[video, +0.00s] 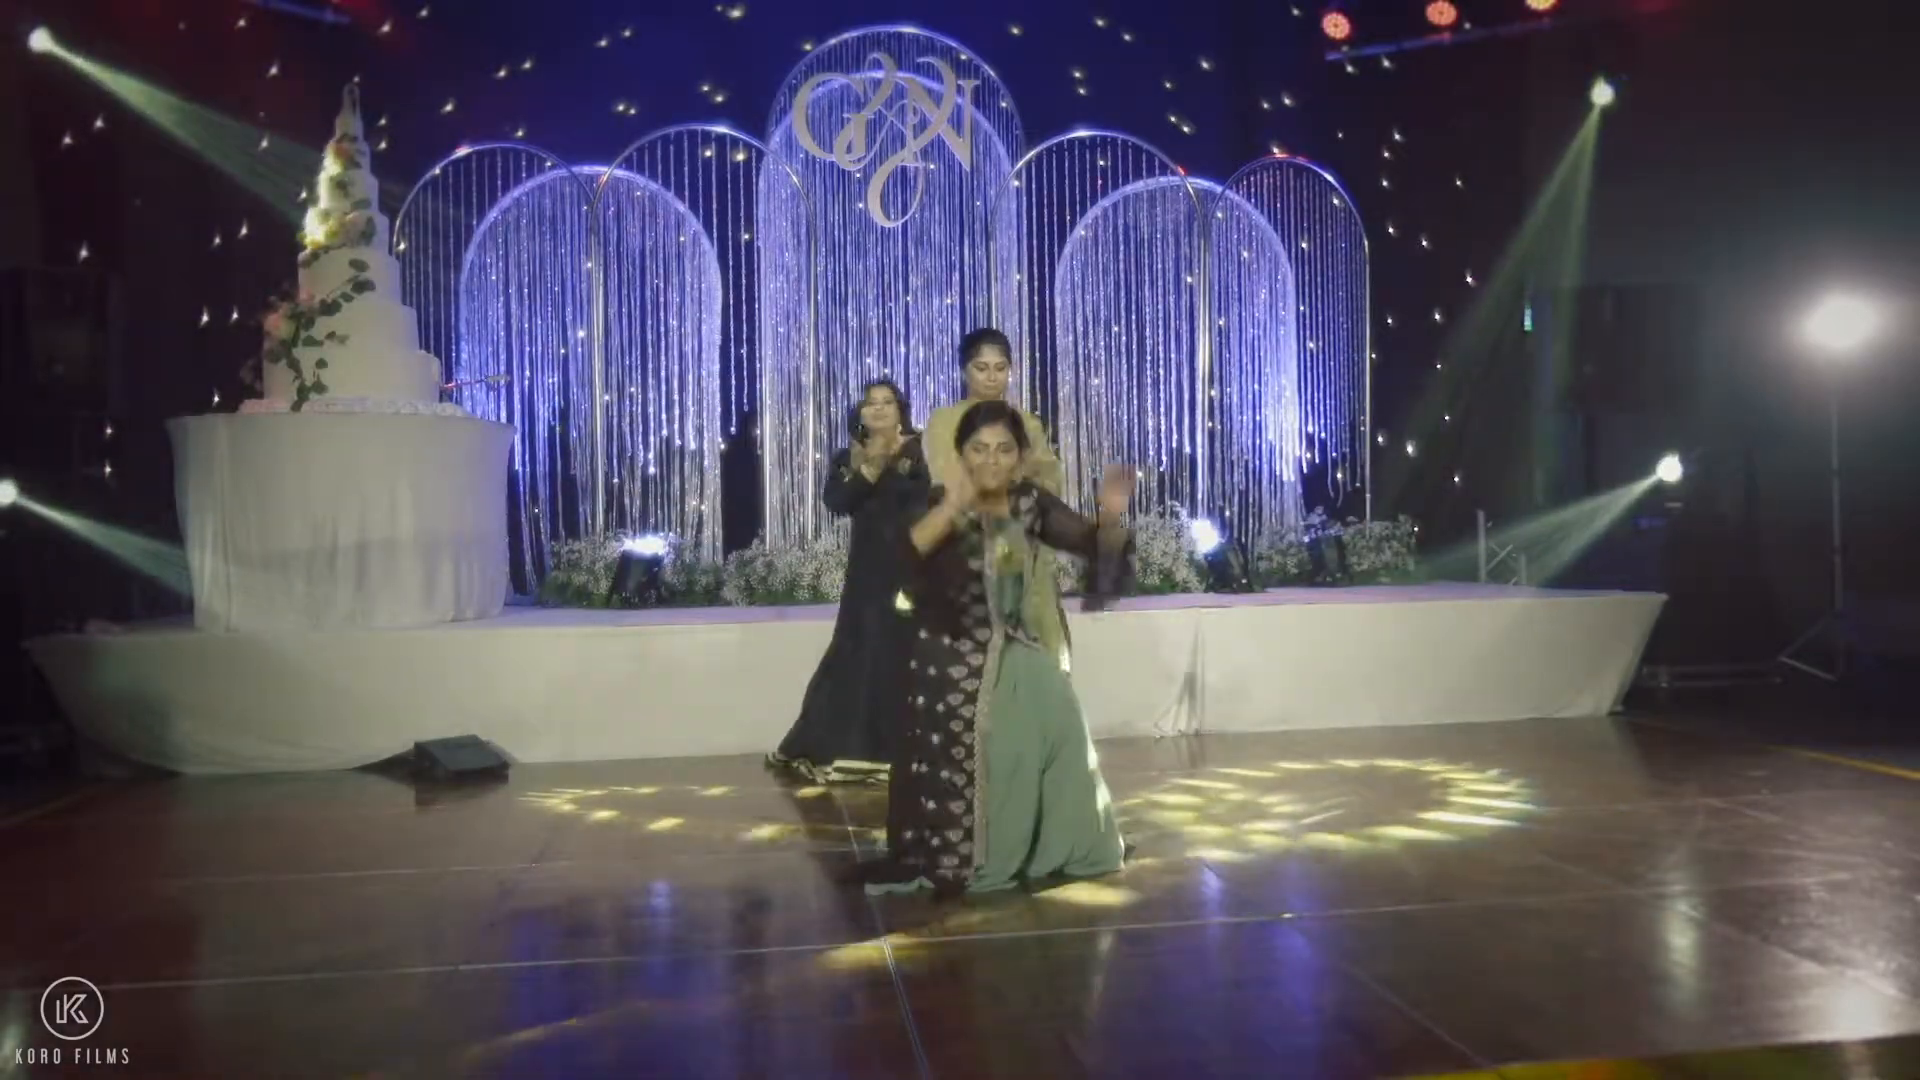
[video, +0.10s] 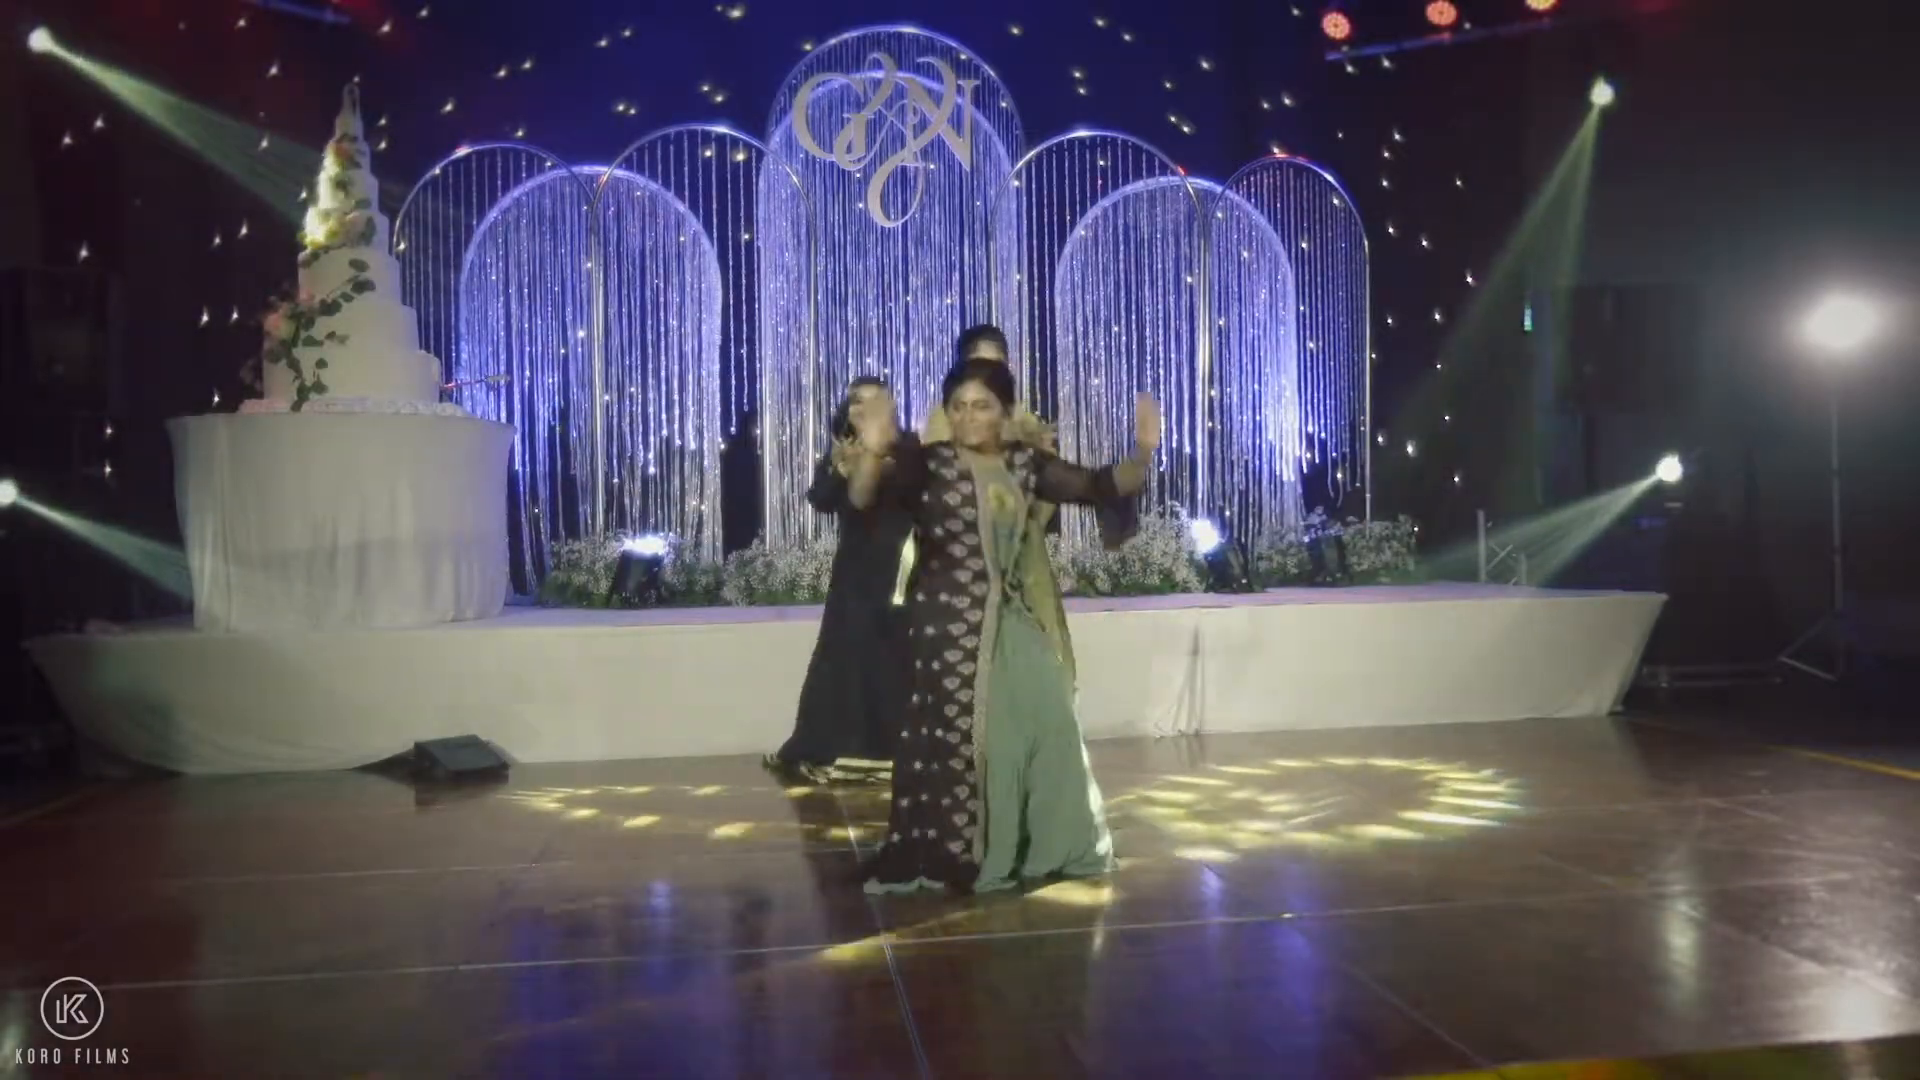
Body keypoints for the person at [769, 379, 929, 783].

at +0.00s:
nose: (879, 410)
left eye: (887, 403)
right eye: (871, 404)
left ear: (901, 411)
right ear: (860, 414)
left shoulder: (919, 452)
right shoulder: (849, 456)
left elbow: (926, 499)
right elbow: (835, 502)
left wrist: (893, 464)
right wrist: (870, 466)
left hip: (911, 566)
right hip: (867, 568)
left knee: (902, 656)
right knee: (854, 654)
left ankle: (900, 753)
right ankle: (804, 746)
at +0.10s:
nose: (863, 409)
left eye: (870, 401)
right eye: (856, 402)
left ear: (889, 405)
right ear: (847, 410)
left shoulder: (908, 450)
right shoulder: (840, 452)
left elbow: (918, 500)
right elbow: (820, 498)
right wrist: (842, 465)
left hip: (897, 565)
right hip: (854, 565)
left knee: (888, 653)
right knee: (840, 652)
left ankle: (885, 749)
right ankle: (814, 746)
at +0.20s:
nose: (860, 408)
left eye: (868, 402)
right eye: (853, 402)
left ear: (882, 410)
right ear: (842, 409)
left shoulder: (897, 453)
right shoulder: (834, 452)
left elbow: (913, 508)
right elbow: (812, 497)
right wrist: (822, 452)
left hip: (886, 559)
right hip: (845, 558)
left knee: (875, 653)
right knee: (832, 650)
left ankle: (872, 753)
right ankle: (816, 748)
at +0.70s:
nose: (902, 403)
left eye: (908, 395)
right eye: (892, 396)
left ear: (920, 399)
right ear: (875, 406)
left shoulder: (934, 450)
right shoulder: (863, 457)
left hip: (919, 564)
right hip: (873, 561)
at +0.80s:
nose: (914, 407)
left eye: (921, 399)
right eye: (905, 401)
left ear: (931, 399)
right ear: (890, 407)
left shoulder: (943, 449)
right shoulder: (877, 454)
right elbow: (841, 491)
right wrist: (808, 520)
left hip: (935, 568)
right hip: (888, 566)